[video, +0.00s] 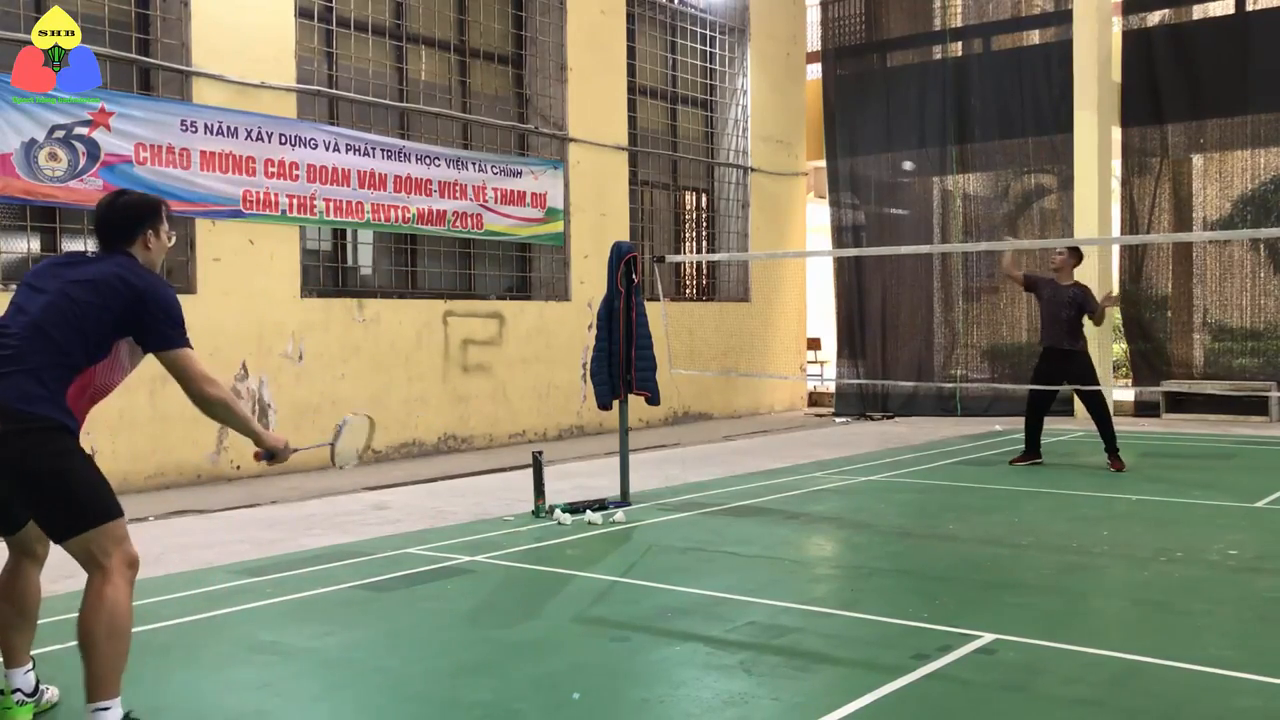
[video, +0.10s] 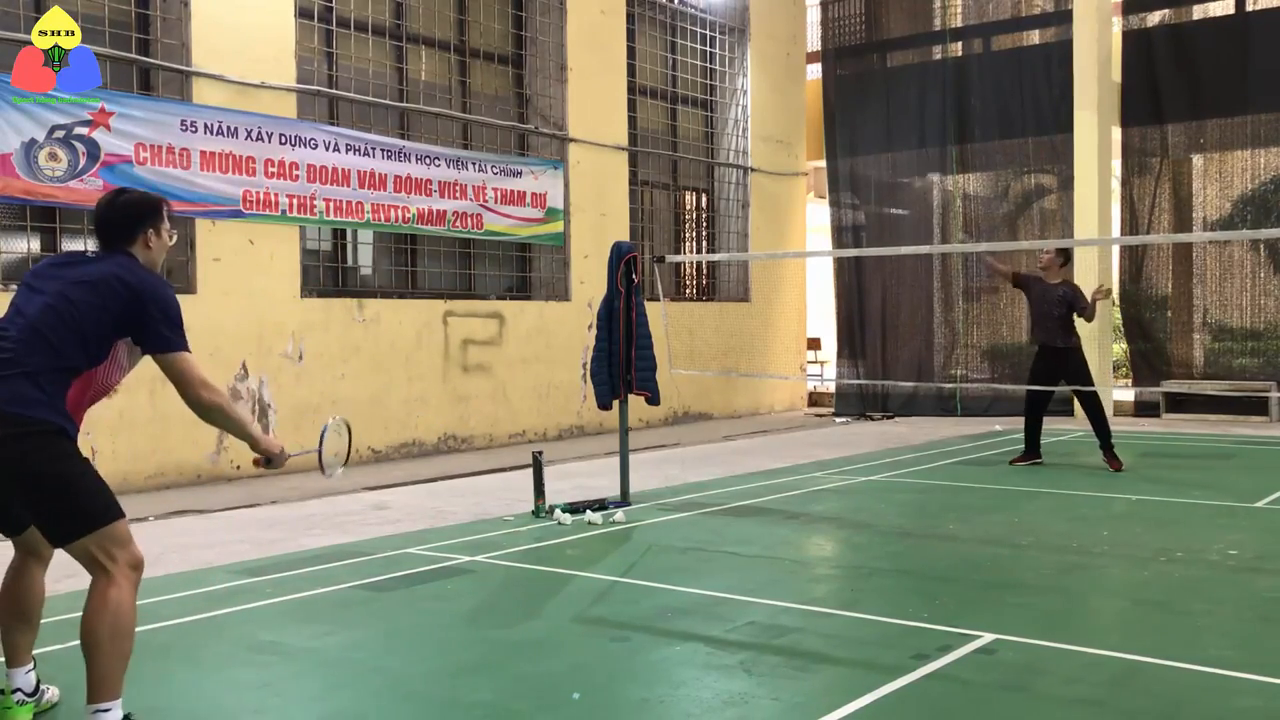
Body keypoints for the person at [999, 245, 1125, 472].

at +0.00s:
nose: (1053, 256)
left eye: (1060, 254)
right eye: (1055, 253)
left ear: (1073, 261)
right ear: (1054, 260)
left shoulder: (1081, 291)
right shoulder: (1043, 284)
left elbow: (1098, 321)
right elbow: (1009, 270)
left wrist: (1102, 306)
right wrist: (1010, 246)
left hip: (1077, 356)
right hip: (1050, 355)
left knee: (1097, 405)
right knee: (1035, 403)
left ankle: (1113, 454)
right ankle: (1032, 451)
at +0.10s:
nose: (1041, 255)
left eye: (1047, 253)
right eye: (1042, 252)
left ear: (1060, 261)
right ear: (1049, 261)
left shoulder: (1070, 288)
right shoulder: (1032, 282)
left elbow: (1088, 316)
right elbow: (1005, 272)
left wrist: (1093, 300)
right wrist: (984, 256)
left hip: (1071, 354)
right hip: (1046, 353)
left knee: (1091, 401)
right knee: (1033, 402)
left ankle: (1108, 450)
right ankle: (1032, 451)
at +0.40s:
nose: (1031, 258)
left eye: (1036, 255)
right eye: (1030, 255)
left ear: (1049, 261)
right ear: (1027, 260)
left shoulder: (1061, 289)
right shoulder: (1020, 290)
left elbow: (1081, 316)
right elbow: (999, 314)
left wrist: (1087, 303)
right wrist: (977, 333)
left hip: (1062, 355)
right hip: (1033, 357)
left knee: (1078, 402)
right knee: (1028, 405)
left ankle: (1092, 451)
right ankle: (1031, 452)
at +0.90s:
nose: (1053, 262)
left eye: (1059, 258)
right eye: (1052, 258)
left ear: (1072, 263)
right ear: (1050, 263)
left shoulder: (1084, 294)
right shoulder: (1042, 289)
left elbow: (1099, 325)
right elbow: (1008, 285)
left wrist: (1105, 309)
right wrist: (1015, 256)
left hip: (1079, 360)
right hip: (1051, 359)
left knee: (1098, 406)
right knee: (1034, 402)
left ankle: (1106, 456)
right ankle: (1032, 451)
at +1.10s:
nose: (1045, 260)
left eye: (1050, 256)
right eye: (1044, 256)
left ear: (1065, 261)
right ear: (1044, 263)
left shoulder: (1080, 290)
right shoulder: (1038, 288)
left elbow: (1098, 318)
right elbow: (1009, 292)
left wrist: (1108, 305)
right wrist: (977, 289)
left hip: (1080, 357)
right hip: (1052, 358)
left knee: (1097, 406)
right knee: (1038, 405)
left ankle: (1106, 455)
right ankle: (1032, 452)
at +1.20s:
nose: (1042, 260)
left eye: (1048, 256)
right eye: (1041, 257)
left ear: (1062, 261)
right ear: (1040, 262)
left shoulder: (1077, 290)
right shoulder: (1035, 291)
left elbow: (1095, 317)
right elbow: (1013, 312)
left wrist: (1108, 304)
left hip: (1077, 358)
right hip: (1048, 358)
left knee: (1094, 406)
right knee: (1035, 404)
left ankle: (1105, 455)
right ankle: (1032, 452)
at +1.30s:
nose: (1043, 261)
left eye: (1048, 257)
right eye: (1041, 257)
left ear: (1062, 261)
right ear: (1039, 263)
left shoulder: (1077, 290)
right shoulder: (1036, 293)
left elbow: (1093, 317)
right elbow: (1022, 327)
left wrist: (1108, 307)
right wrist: (1011, 356)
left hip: (1075, 359)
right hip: (1047, 359)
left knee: (1093, 408)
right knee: (1033, 406)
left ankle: (1105, 455)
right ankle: (1032, 452)